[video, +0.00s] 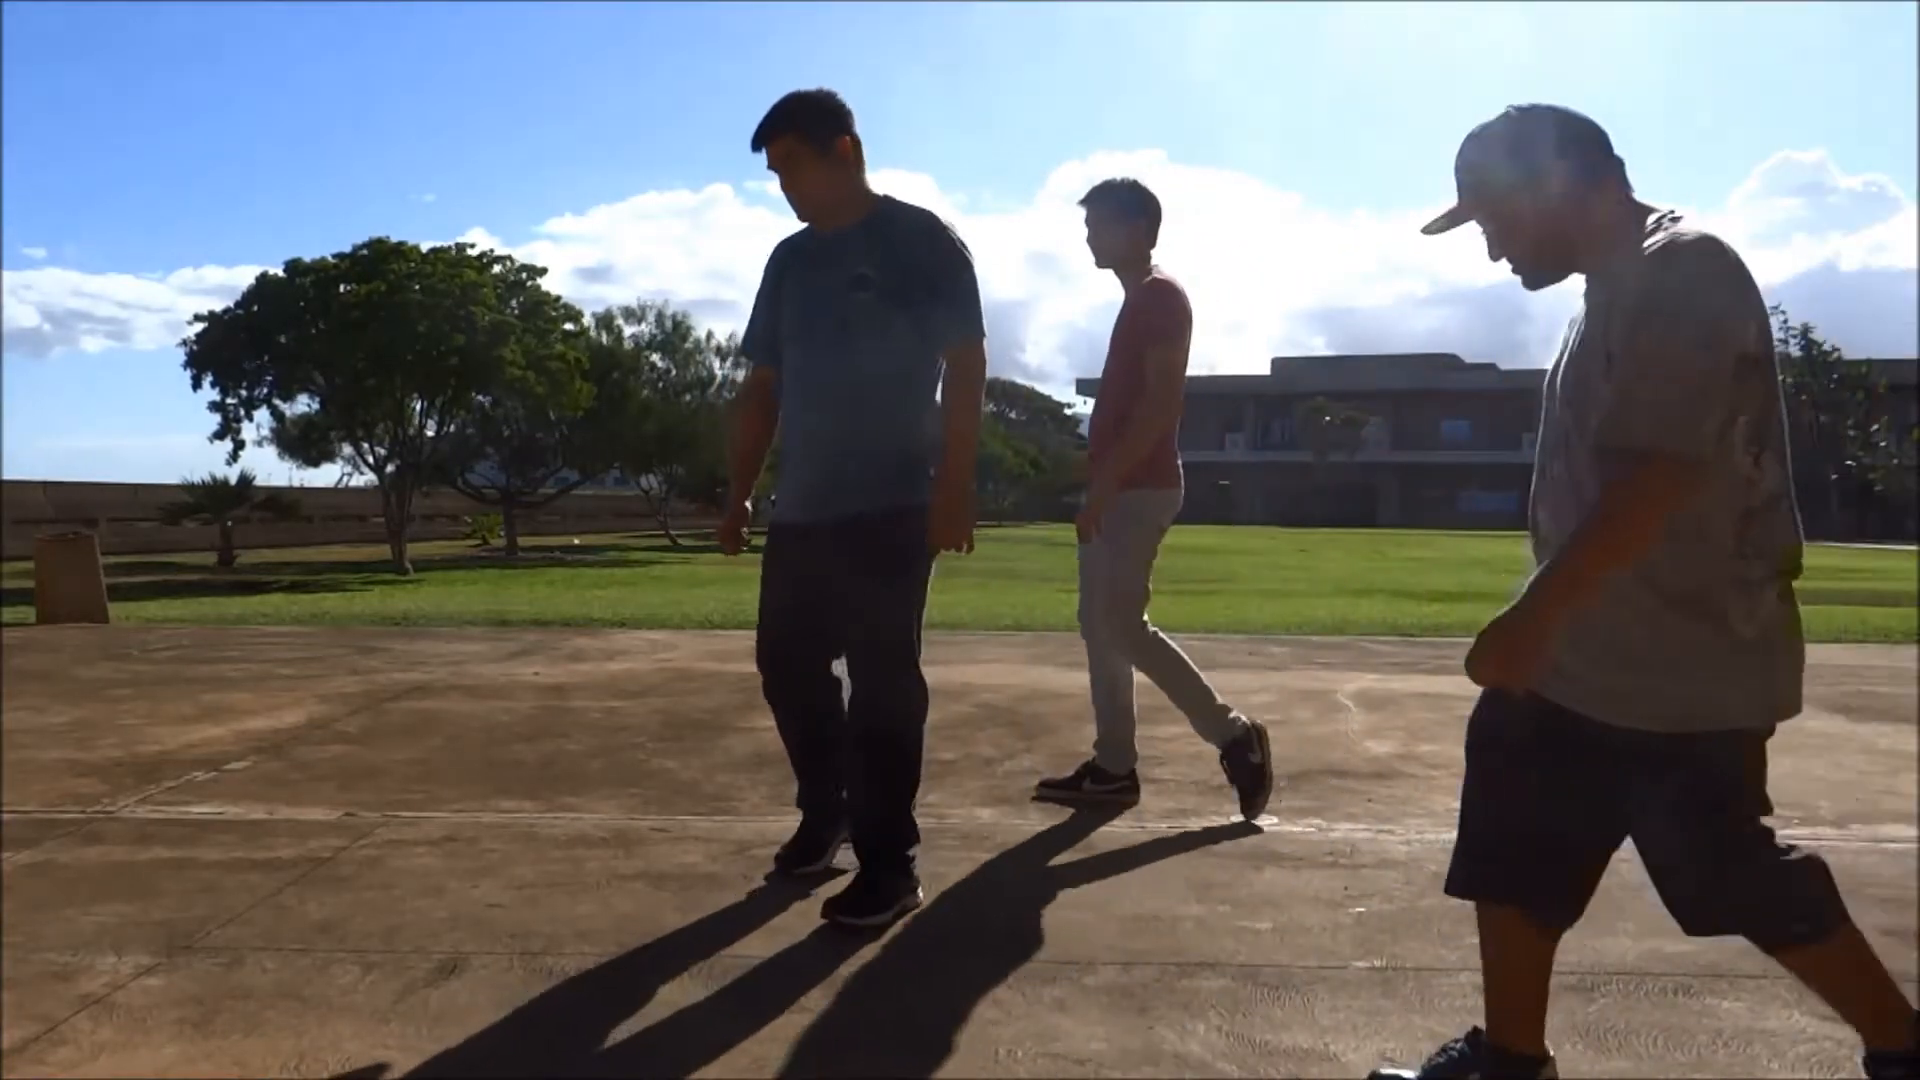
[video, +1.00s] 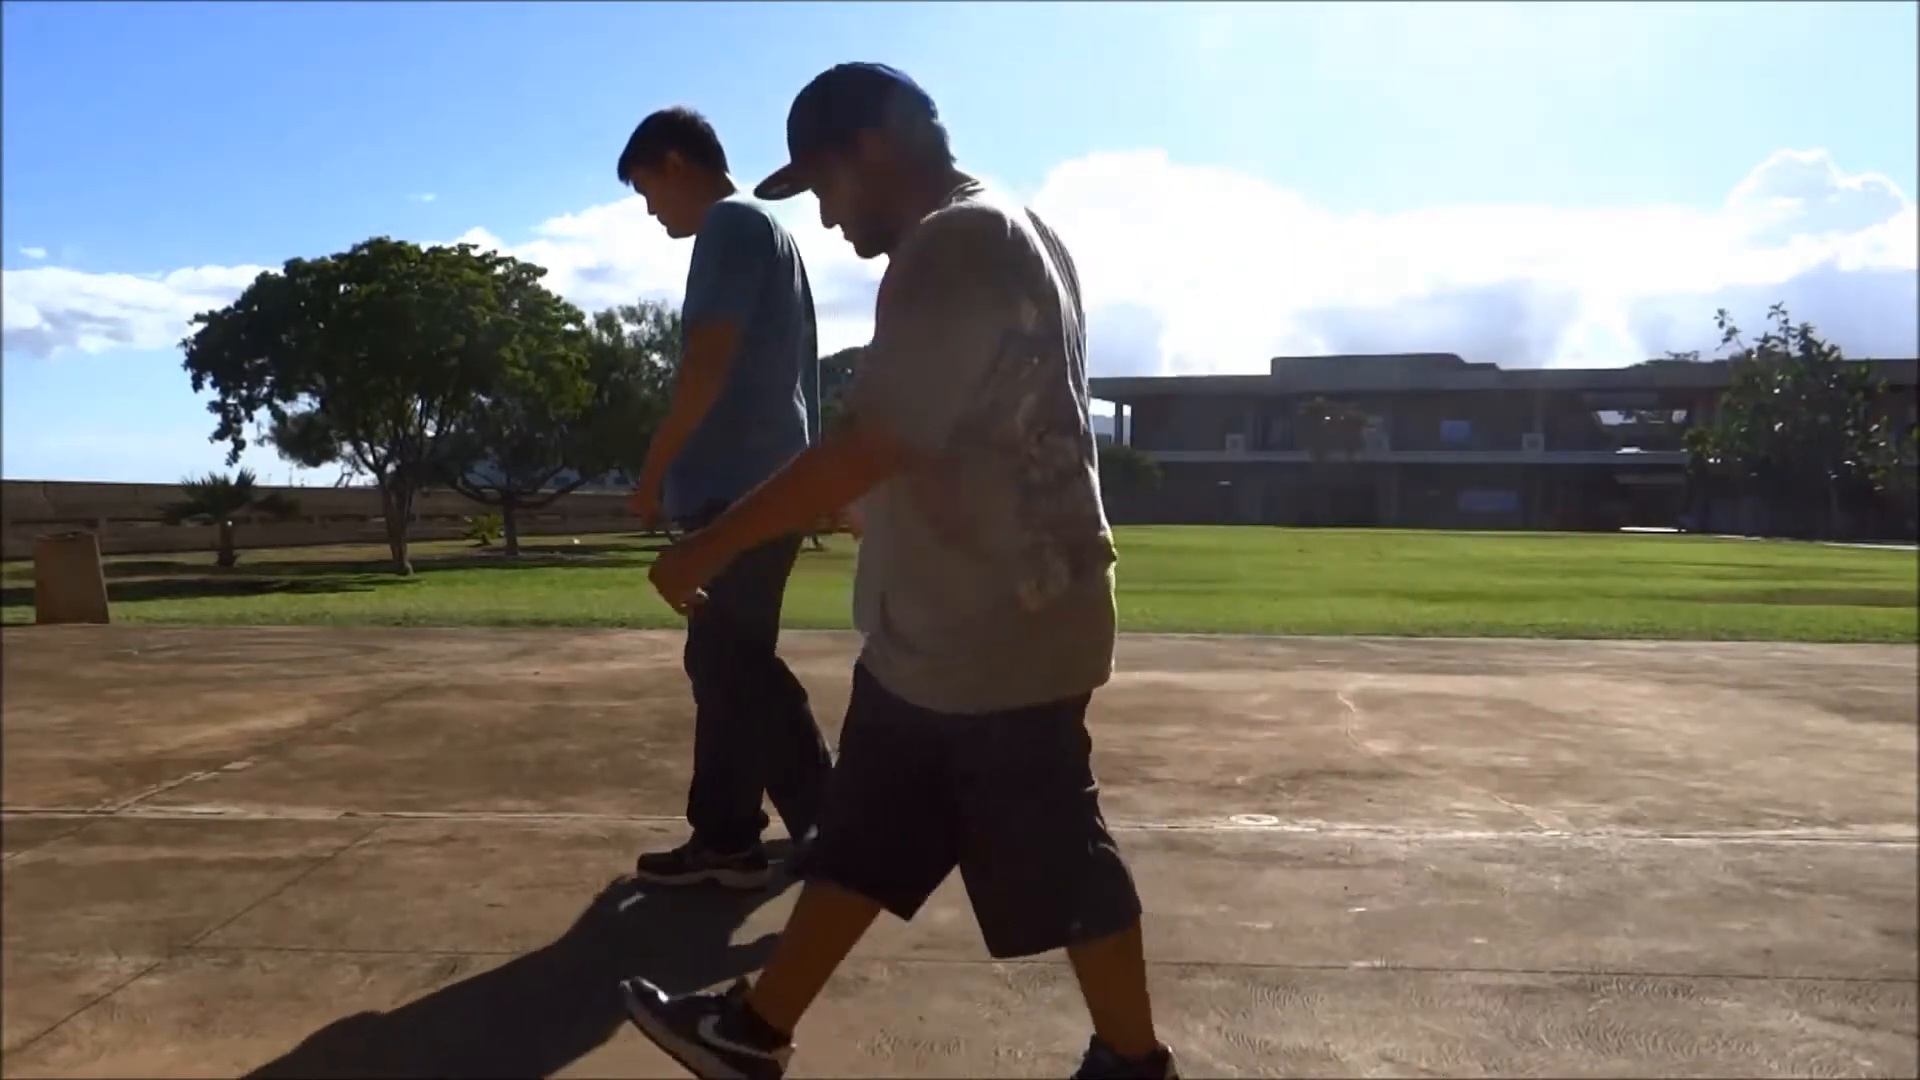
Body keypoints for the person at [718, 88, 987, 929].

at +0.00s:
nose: (784, 189)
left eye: (792, 170)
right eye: (777, 176)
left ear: (844, 150)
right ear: (792, 171)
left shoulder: (922, 237)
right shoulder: (790, 258)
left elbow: (967, 366)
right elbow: (761, 388)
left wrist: (954, 484)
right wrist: (738, 492)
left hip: (890, 502)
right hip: (801, 507)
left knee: (882, 674)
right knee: (786, 663)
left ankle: (888, 863)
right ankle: (827, 809)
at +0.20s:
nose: (766, 187)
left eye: (768, 168)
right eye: (760, 173)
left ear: (813, 145)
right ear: (802, 154)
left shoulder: (904, 225)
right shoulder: (806, 254)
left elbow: (917, 357)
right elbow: (789, 382)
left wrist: (892, 472)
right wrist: (763, 480)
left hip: (884, 499)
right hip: (806, 501)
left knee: (880, 670)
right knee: (778, 659)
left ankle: (887, 866)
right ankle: (792, 826)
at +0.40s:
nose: (752, 196)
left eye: (748, 174)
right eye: (743, 180)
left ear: (784, 148)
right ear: (793, 150)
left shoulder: (860, 217)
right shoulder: (831, 238)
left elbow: (843, 345)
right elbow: (851, 371)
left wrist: (781, 466)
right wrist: (790, 478)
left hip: (864, 500)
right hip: (819, 501)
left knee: (873, 680)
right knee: (776, 663)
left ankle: (886, 869)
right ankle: (731, 826)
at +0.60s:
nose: (721, 202)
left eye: (719, 182)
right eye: (715, 187)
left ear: (750, 153)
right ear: (766, 153)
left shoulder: (821, 216)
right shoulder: (823, 228)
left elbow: (783, 348)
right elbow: (823, 372)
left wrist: (705, 460)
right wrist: (734, 468)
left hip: (835, 501)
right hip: (800, 504)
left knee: (852, 681)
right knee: (769, 672)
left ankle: (884, 871)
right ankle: (734, 841)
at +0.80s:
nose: (686, 208)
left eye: (683, 187)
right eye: (678, 193)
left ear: (714, 161)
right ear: (734, 160)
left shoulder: (773, 221)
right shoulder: (794, 231)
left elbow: (746, 355)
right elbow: (806, 371)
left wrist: (681, 468)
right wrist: (724, 475)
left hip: (792, 500)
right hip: (765, 503)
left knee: (813, 669)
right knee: (735, 667)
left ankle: (876, 860)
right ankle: (727, 841)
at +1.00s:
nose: (651, 213)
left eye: (648, 193)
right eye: (644, 198)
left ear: (679, 166)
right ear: (697, 164)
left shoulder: (731, 227)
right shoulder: (764, 232)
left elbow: (710, 362)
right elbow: (786, 372)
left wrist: (652, 472)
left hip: (738, 491)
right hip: (765, 486)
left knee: (726, 657)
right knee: (734, 656)